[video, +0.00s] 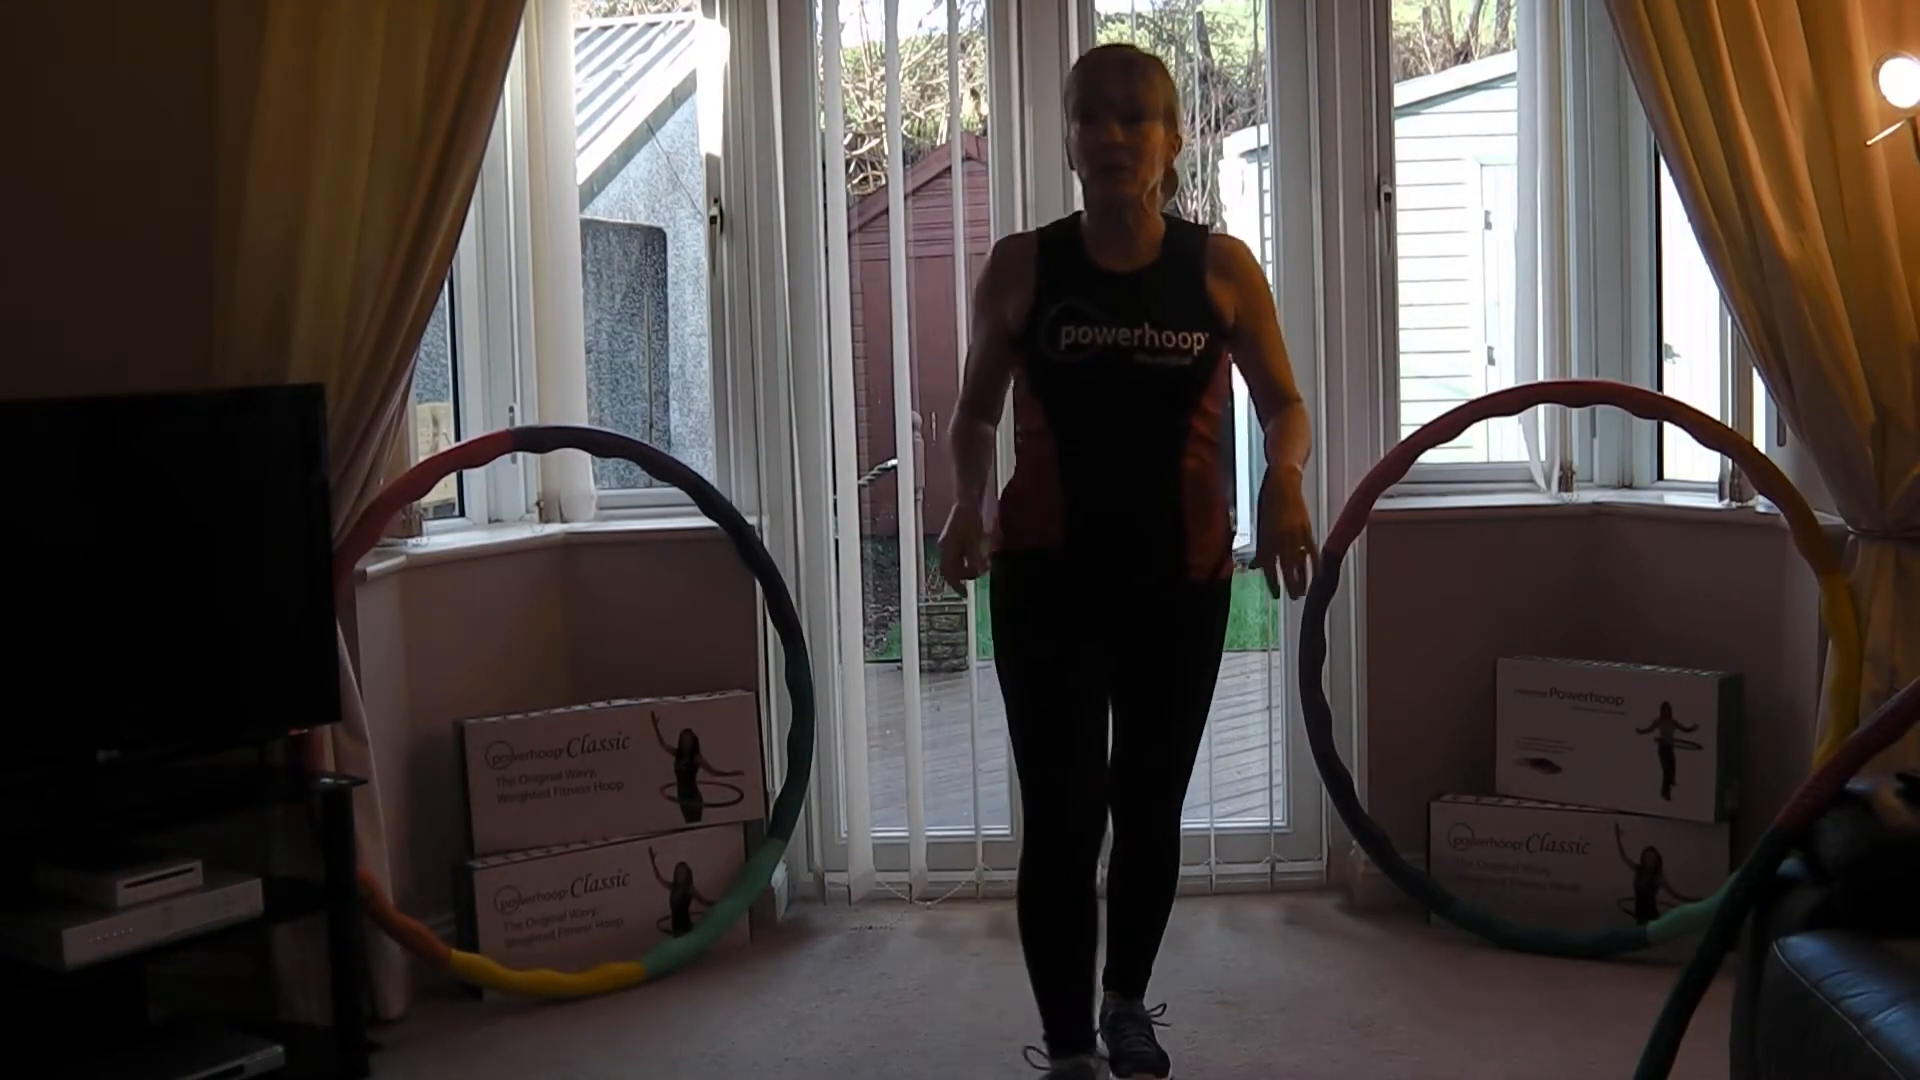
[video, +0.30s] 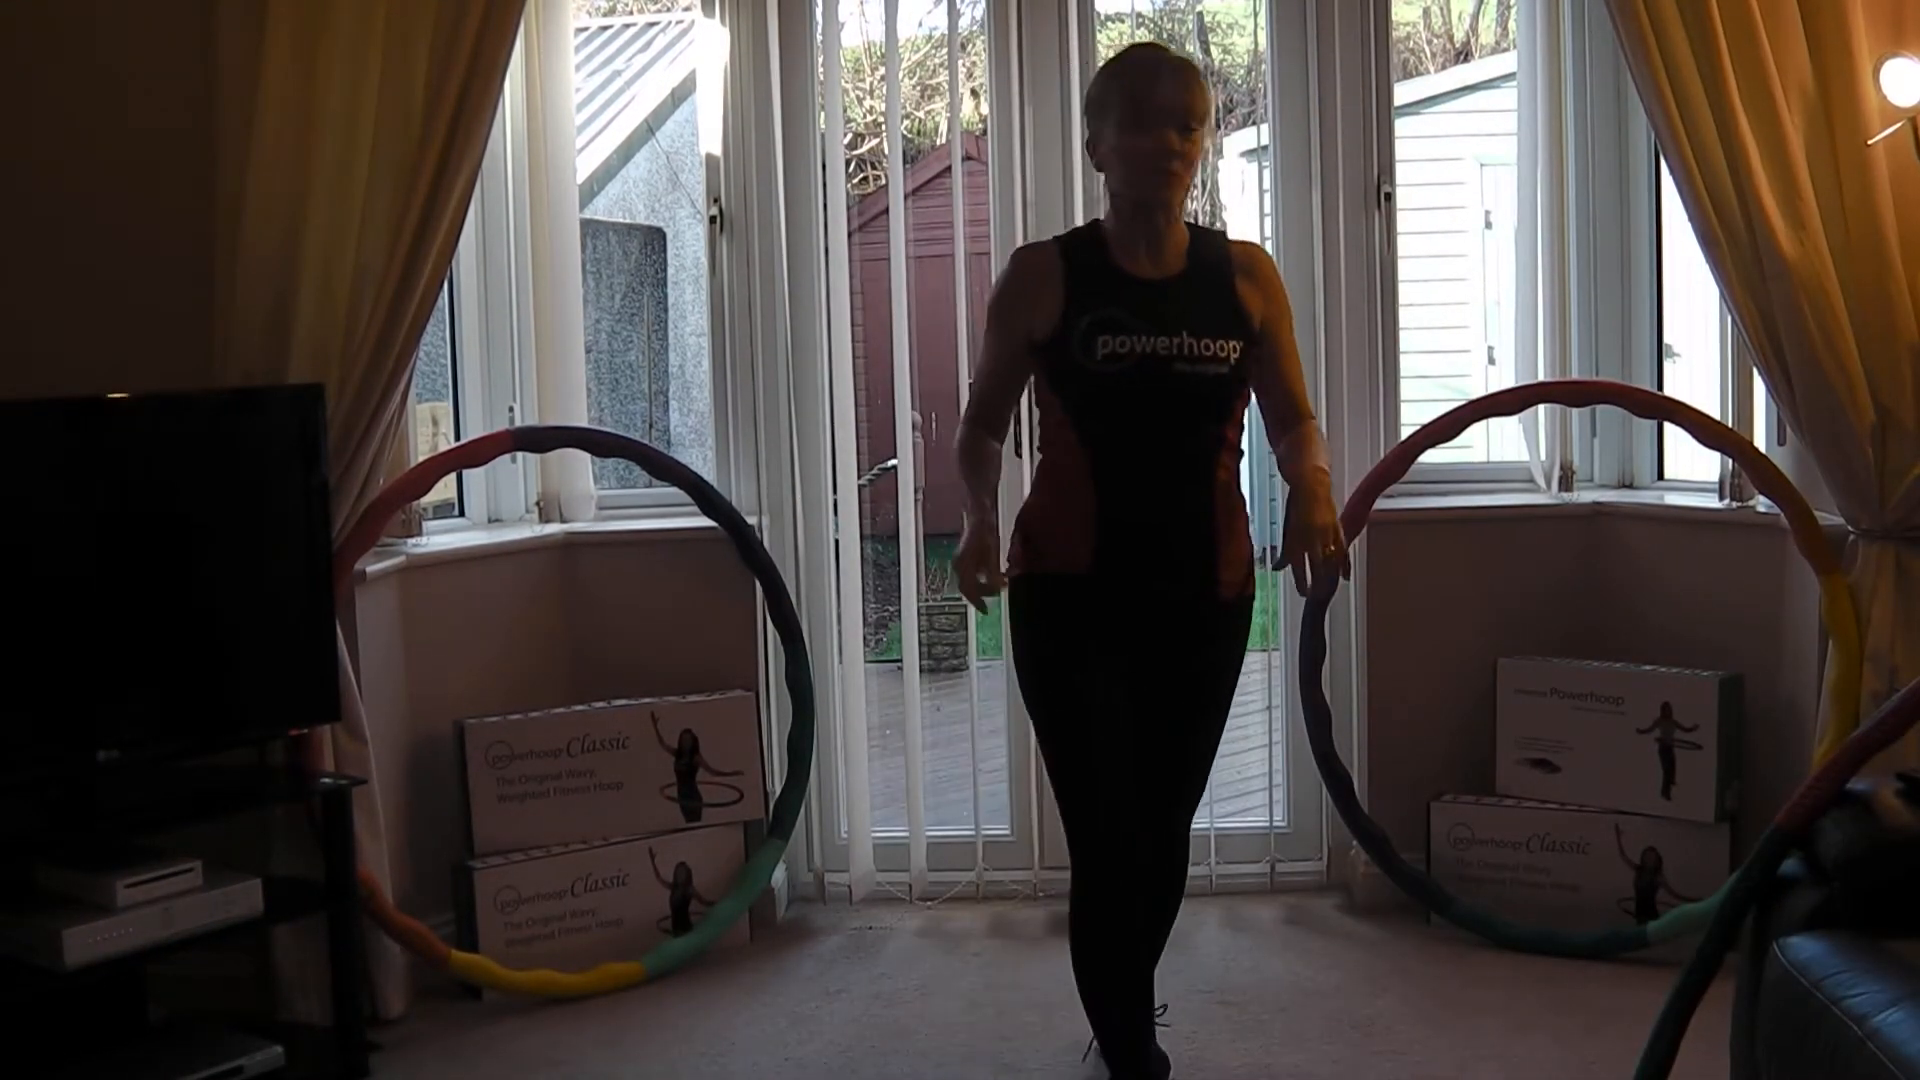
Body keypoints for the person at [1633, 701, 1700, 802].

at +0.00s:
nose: (1666, 712)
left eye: (1668, 710)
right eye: (1664, 710)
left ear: (1670, 711)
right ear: (1661, 711)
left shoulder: (1671, 721)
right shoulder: (1659, 721)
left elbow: (1683, 729)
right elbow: (1651, 729)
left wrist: (1692, 728)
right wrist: (1641, 731)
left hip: (1669, 748)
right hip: (1662, 748)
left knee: (1670, 770)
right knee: (1667, 771)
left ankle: (1667, 792)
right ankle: (1665, 792)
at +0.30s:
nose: (1667, 712)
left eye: (1668, 710)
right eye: (1665, 710)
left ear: (1670, 711)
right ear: (1662, 711)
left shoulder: (1672, 721)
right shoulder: (1660, 721)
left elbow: (1684, 729)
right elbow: (1651, 729)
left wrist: (1693, 728)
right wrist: (1641, 731)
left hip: (1669, 748)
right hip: (1663, 748)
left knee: (1671, 770)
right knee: (1667, 770)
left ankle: (1667, 791)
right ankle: (1665, 792)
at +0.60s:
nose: (1667, 713)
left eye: (1668, 710)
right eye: (1665, 710)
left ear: (1670, 711)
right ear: (1662, 711)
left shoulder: (1672, 721)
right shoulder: (1659, 721)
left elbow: (1684, 730)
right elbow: (1651, 730)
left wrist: (1693, 729)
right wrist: (1641, 731)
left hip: (1669, 747)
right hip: (1663, 748)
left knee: (1671, 769)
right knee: (1667, 770)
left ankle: (1667, 791)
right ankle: (1665, 792)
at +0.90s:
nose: (1667, 712)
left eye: (1668, 710)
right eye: (1665, 710)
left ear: (1670, 711)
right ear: (1662, 711)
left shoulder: (1672, 721)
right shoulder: (1659, 721)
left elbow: (1683, 730)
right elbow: (1651, 729)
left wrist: (1692, 729)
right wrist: (1641, 731)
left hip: (1669, 747)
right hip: (1662, 748)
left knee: (1670, 770)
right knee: (1667, 771)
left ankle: (1667, 791)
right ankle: (1665, 792)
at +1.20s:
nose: (1667, 712)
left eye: (1668, 710)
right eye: (1665, 710)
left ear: (1670, 711)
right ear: (1661, 711)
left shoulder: (1671, 722)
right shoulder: (1660, 721)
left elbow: (1684, 730)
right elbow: (1650, 730)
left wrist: (1693, 728)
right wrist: (1641, 732)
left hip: (1669, 747)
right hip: (1662, 747)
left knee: (1671, 769)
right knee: (1667, 770)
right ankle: (1665, 791)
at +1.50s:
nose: (1666, 712)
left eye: (1668, 710)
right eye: (1665, 710)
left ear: (1670, 711)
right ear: (1662, 711)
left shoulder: (1671, 722)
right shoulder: (1660, 721)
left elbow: (1683, 730)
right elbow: (1650, 730)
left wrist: (1693, 728)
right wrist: (1641, 732)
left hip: (1669, 747)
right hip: (1662, 747)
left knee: (1671, 768)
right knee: (1667, 770)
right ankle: (1665, 791)